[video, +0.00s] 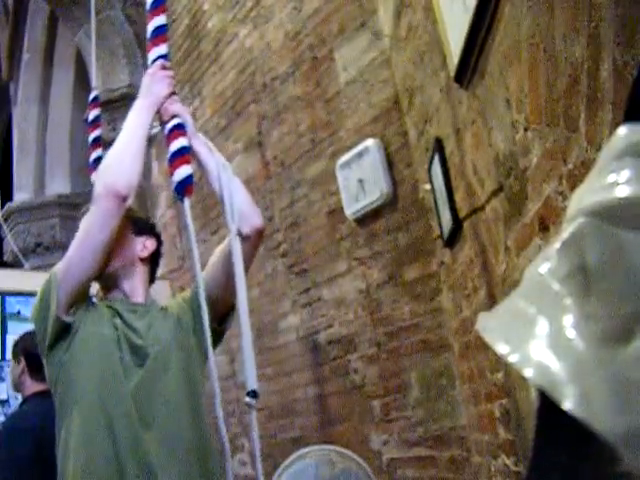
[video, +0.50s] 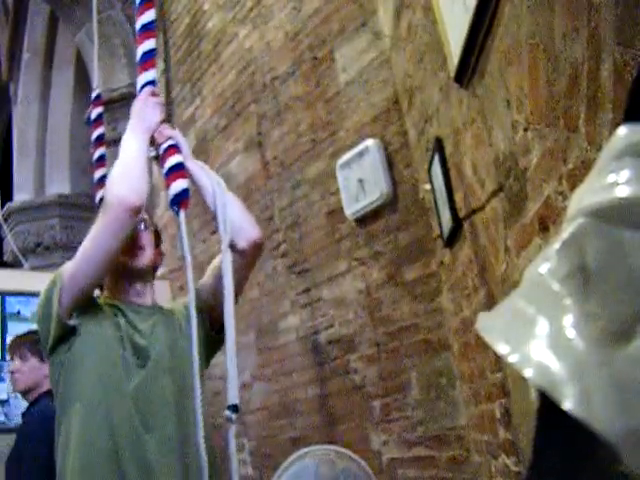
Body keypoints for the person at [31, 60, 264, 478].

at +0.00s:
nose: (101, 238)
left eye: (115, 230)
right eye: (102, 230)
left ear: (146, 245)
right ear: (88, 246)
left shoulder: (185, 320)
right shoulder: (66, 322)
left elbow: (248, 228)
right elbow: (112, 191)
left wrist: (193, 137)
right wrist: (145, 103)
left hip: (189, 470)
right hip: (92, 470)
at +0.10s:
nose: (106, 238)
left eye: (121, 231)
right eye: (107, 229)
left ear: (150, 247)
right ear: (92, 245)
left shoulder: (186, 321)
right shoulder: (67, 321)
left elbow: (248, 228)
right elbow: (115, 194)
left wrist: (190, 143)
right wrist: (142, 107)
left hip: (187, 470)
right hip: (93, 470)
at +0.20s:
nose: (113, 236)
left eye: (128, 228)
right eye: (111, 225)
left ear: (152, 249)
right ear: (96, 244)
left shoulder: (186, 322)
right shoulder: (68, 319)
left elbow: (247, 230)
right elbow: (120, 197)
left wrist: (189, 150)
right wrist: (138, 115)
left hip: (187, 471)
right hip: (94, 471)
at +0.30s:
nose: (126, 233)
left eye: (137, 227)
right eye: (118, 226)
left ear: (156, 254)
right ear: (101, 247)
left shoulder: (186, 323)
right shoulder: (70, 318)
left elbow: (247, 233)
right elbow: (123, 200)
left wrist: (187, 154)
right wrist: (138, 119)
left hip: (184, 471)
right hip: (94, 471)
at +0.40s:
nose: (134, 231)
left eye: (143, 224)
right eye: (122, 223)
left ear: (158, 250)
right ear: (104, 242)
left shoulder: (186, 324)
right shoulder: (70, 319)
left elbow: (247, 236)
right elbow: (126, 199)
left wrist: (188, 157)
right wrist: (138, 124)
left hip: (180, 471)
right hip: (92, 471)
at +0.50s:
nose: (136, 232)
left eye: (144, 225)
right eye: (124, 224)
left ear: (159, 246)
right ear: (106, 241)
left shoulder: (187, 324)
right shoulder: (71, 319)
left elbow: (247, 241)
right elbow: (127, 203)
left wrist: (187, 161)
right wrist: (137, 129)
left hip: (180, 472)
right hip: (92, 471)